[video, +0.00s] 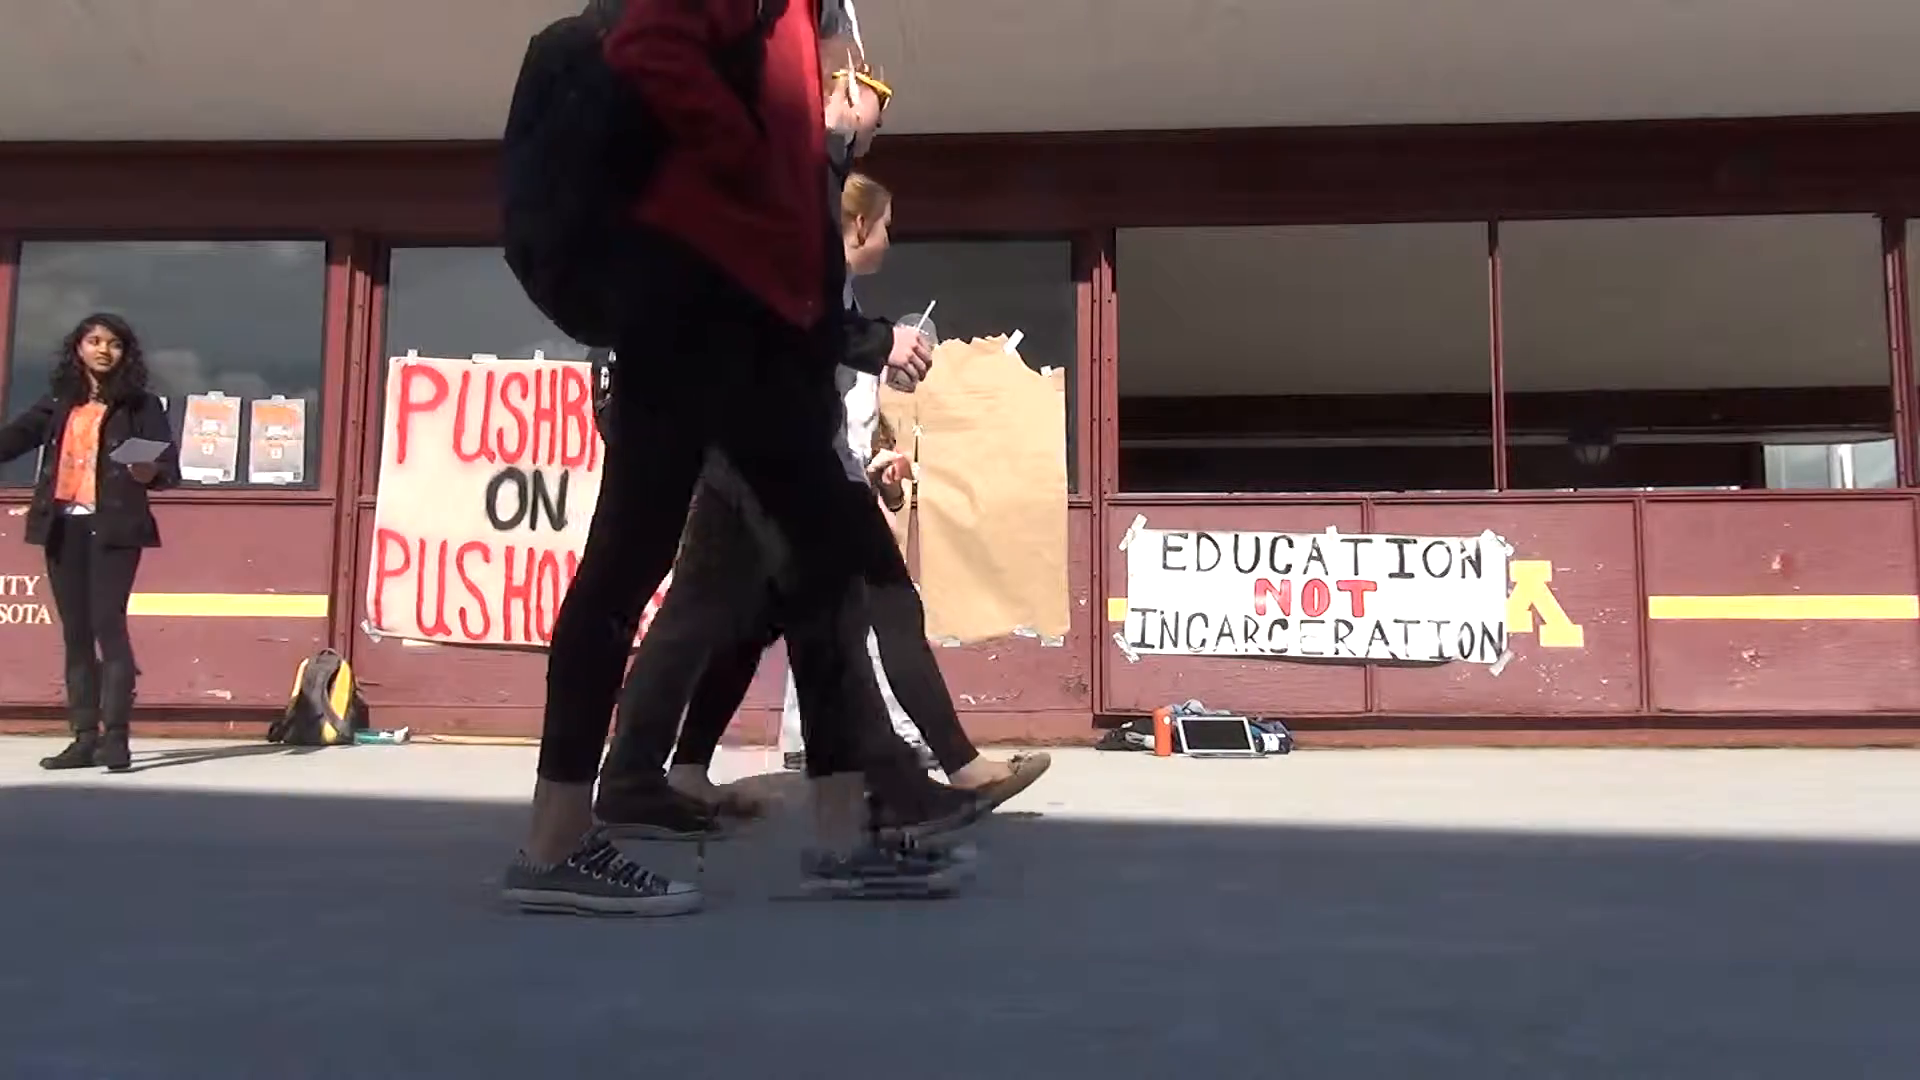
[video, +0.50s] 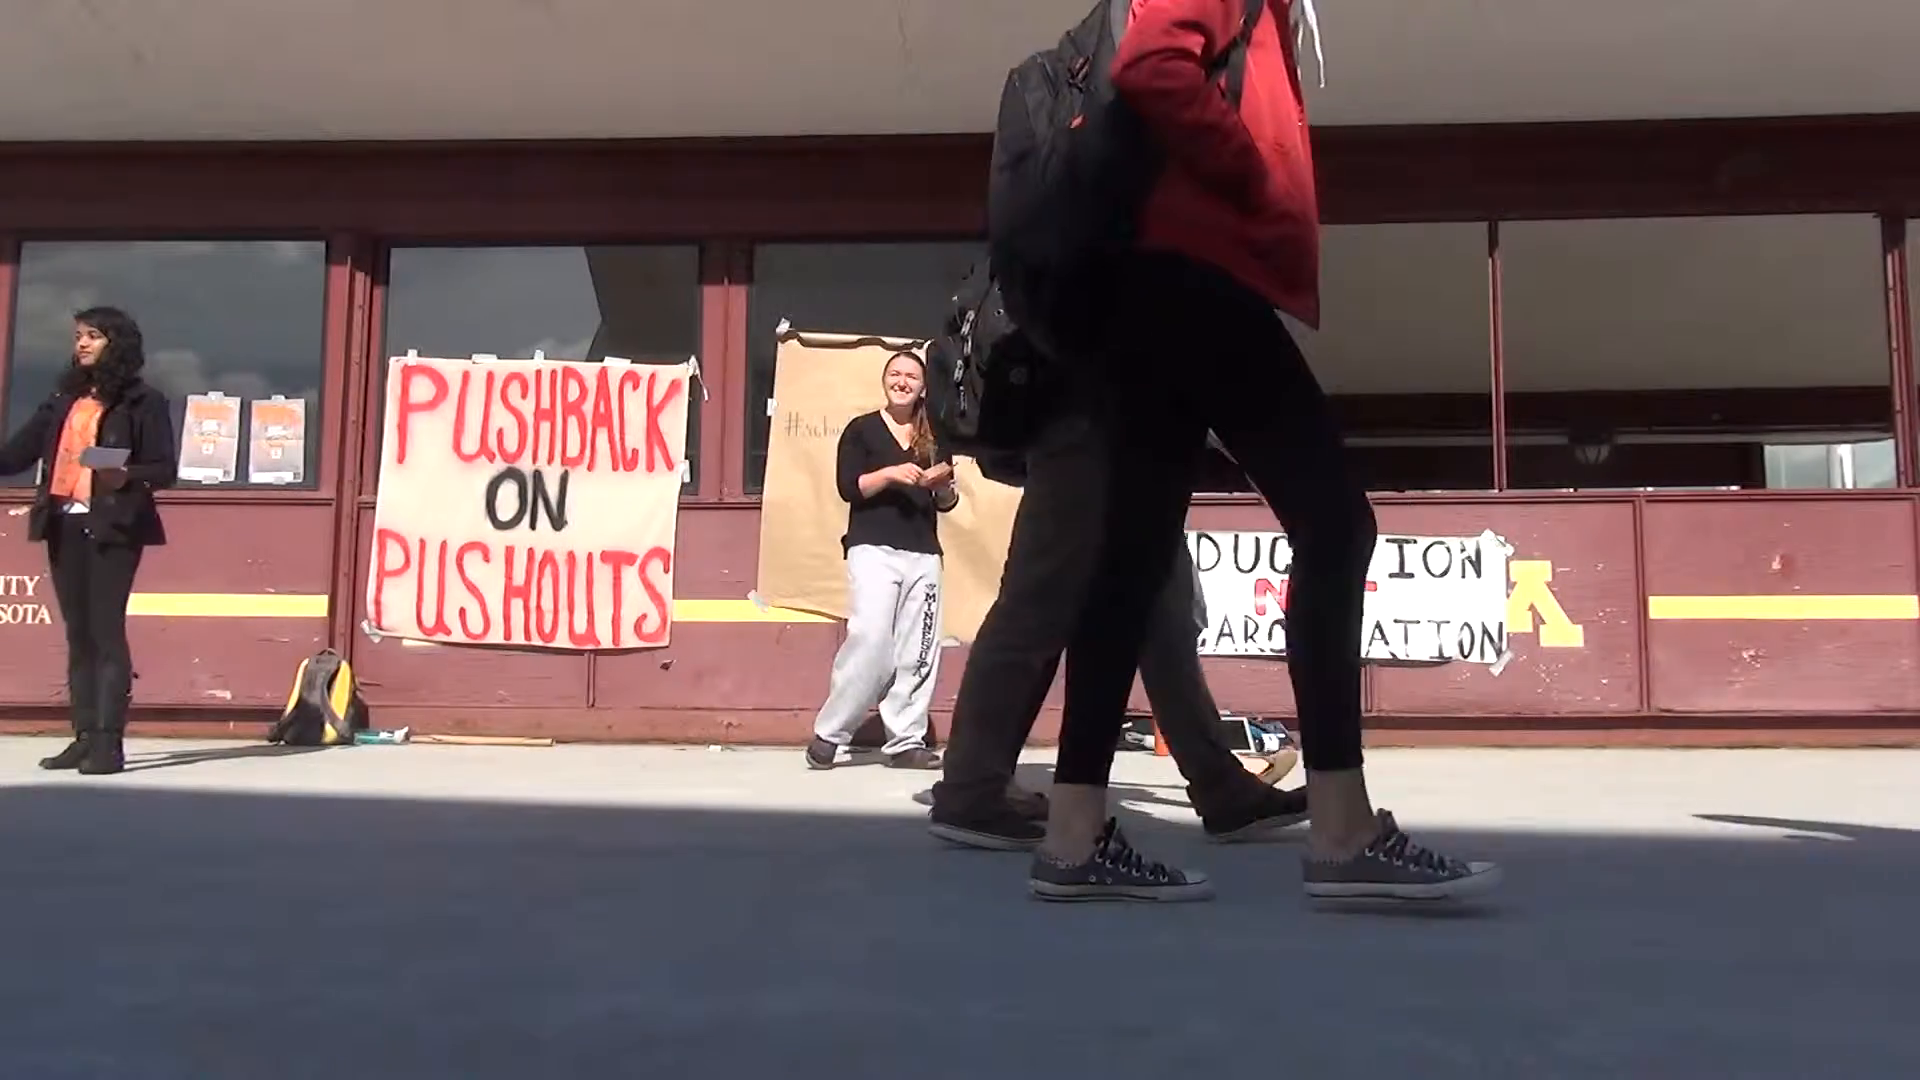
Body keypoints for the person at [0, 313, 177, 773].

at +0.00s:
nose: (103, 349)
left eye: (112, 344)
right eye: (94, 341)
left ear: (125, 353)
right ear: (77, 348)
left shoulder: (141, 402)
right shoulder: (60, 400)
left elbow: (168, 470)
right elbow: (13, 440)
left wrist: (153, 475)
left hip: (115, 527)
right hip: (65, 527)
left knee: (108, 626)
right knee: (75, 630)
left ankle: (115, 737)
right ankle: (86, 737)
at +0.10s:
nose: (91, 348)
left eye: (102, 342)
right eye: (85, 340)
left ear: (121, 350)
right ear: (74, 345)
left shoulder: (141, 402)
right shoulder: (60, 399)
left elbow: (168, 471)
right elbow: (14, 441)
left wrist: (149, 473)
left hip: (114, 528)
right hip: (65, 527)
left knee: (106, 628)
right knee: (76, 632)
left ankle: (109, 740)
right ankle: (86, 738)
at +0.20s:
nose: (81, 346)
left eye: (92, 339)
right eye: (77, 339)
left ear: (116, 347)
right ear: (71, 347)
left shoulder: (141, 402)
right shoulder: (60, 398)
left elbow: (168, 471)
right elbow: (15, 441)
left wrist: (148, 473)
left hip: (114, 528)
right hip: (65, 527)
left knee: (104, 628)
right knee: (76, 632)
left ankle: (108, 741)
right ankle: (85, 738)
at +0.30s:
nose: (78, 346)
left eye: (87, 338)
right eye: (75, 339)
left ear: (114, 344)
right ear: (73, 347)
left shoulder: (142, 402)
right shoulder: (63, 400)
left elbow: (167, 470)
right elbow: (18, 443)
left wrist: (143, 472)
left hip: (113, 529)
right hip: (65, 527)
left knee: (105, 629)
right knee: (77, 631)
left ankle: (108, 741)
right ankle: (86, 737)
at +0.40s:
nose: (78, 345)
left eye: (87, 338)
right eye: (76, 338)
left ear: (114, 343)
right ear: (74, 346)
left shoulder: (142, 401)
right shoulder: (64, 399)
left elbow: (165, 465)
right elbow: (20, 444)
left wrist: (137, 473)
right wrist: (0, 460)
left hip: (114, 528)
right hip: (65, 527)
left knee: (106, 629)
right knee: (78, 632)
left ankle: (108, 742)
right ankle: (86, 737)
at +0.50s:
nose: (79, 345)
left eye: (89, 337)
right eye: (77, 337)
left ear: (116, 343)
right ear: (76, 345)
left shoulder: (144, 400)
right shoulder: (65, 398)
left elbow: (163, 469)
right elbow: (21, 447)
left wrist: (125, 473)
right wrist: (3, 467)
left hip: (113, 526)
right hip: (65, 526)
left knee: (106, 631)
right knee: (78, 632)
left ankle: (107, 743)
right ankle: (86, 736)